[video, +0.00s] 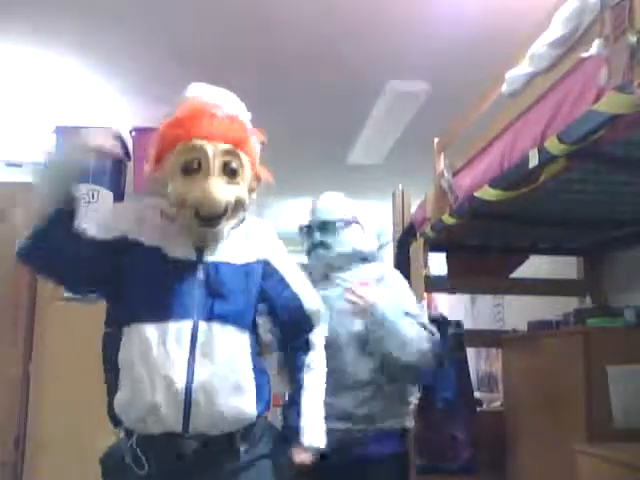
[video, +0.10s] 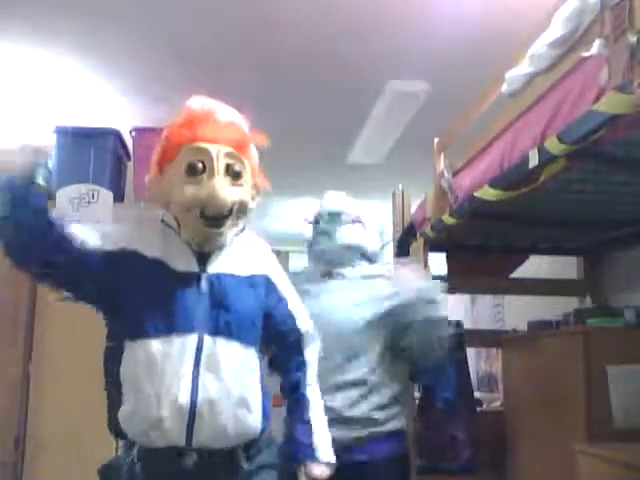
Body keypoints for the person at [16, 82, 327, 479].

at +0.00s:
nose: (211, 187)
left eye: (228, 171)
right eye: (191, 168)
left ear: (250, 181)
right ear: (164, 176)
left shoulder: (259, 244)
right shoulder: (130, 237)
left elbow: (306, 334)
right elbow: (41, 251)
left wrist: (304, 433)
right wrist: (75, 164)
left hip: (240, 455)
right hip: (148, 455)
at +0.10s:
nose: (217, 192)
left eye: (233, 173)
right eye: (195, 170)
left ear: (252, 190)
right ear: (161, 186)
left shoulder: (259, 264)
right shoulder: (127, 260)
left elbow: (300, 356)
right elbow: (41, 252)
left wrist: (310, 448)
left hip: (241, 463)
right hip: (150, 462)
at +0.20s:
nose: (218, 202)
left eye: (234, 181)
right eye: (196, 179)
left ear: (253, 199)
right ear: (163, 195)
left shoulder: (257, 271)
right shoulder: (129, 261)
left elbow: (297, 376)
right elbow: (71, 285)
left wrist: (323, 467)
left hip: (231, 465)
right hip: (147, 463)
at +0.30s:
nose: (212, 204)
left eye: (229, 185)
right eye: (192, 182)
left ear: (250, 202)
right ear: (161, 196)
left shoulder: (259, 269)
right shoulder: (128, 263)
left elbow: (305, 365)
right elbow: (57, 324)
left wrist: (324, 459)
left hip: (232, 464)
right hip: (145, 463)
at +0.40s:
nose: (209, 209)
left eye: (228, 191)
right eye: (190, 189)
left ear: (250, 200)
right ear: (162, 196)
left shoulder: (262, 260)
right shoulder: (137, 257)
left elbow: (315, 340)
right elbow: (87, 364)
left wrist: (330, 425)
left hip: (229, 459)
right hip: (147, 457)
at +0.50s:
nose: (210, 218)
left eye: (229, 197)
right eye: (190, 195)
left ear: (251, 203)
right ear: (162, 200)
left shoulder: (264, 263)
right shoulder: (146, 272)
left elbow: (328, 321)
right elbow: (111, 369)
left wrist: (331, 392)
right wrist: (70, 457)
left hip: (234, 453)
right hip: (148, 452)